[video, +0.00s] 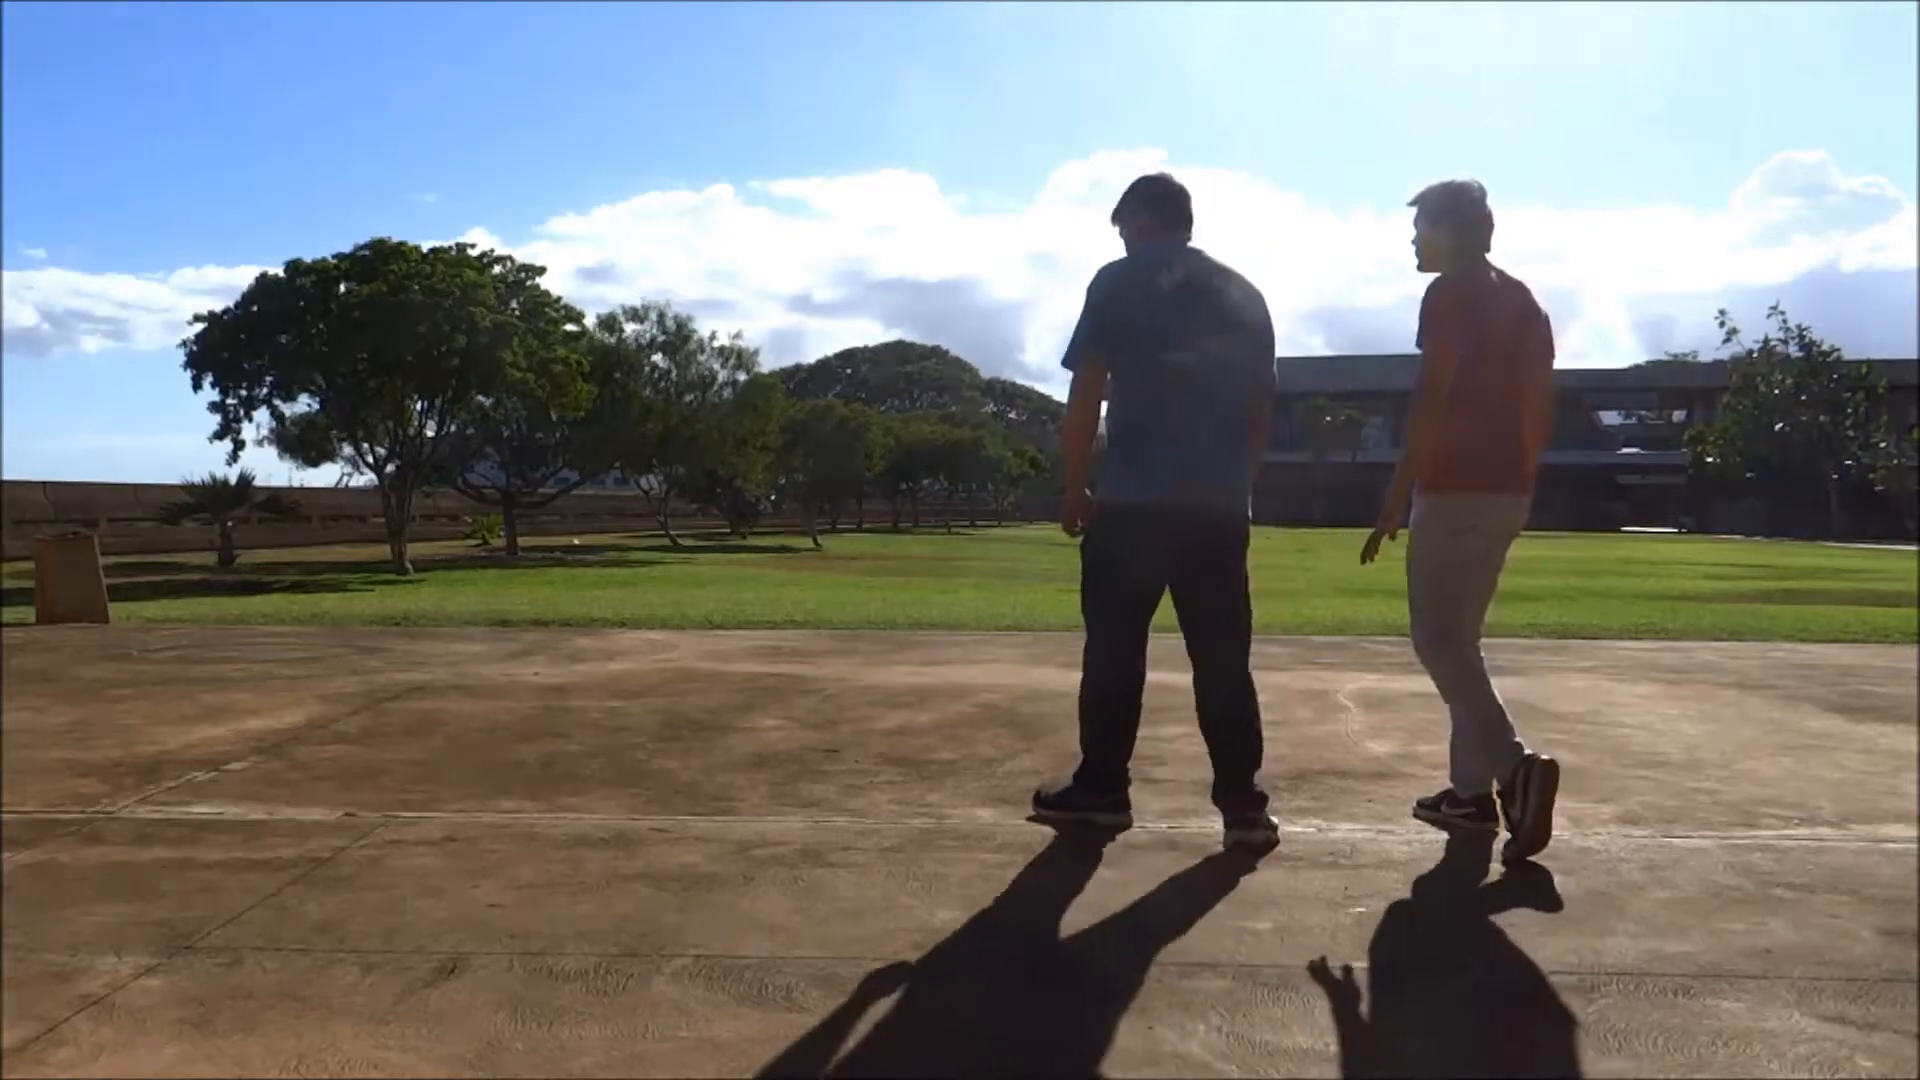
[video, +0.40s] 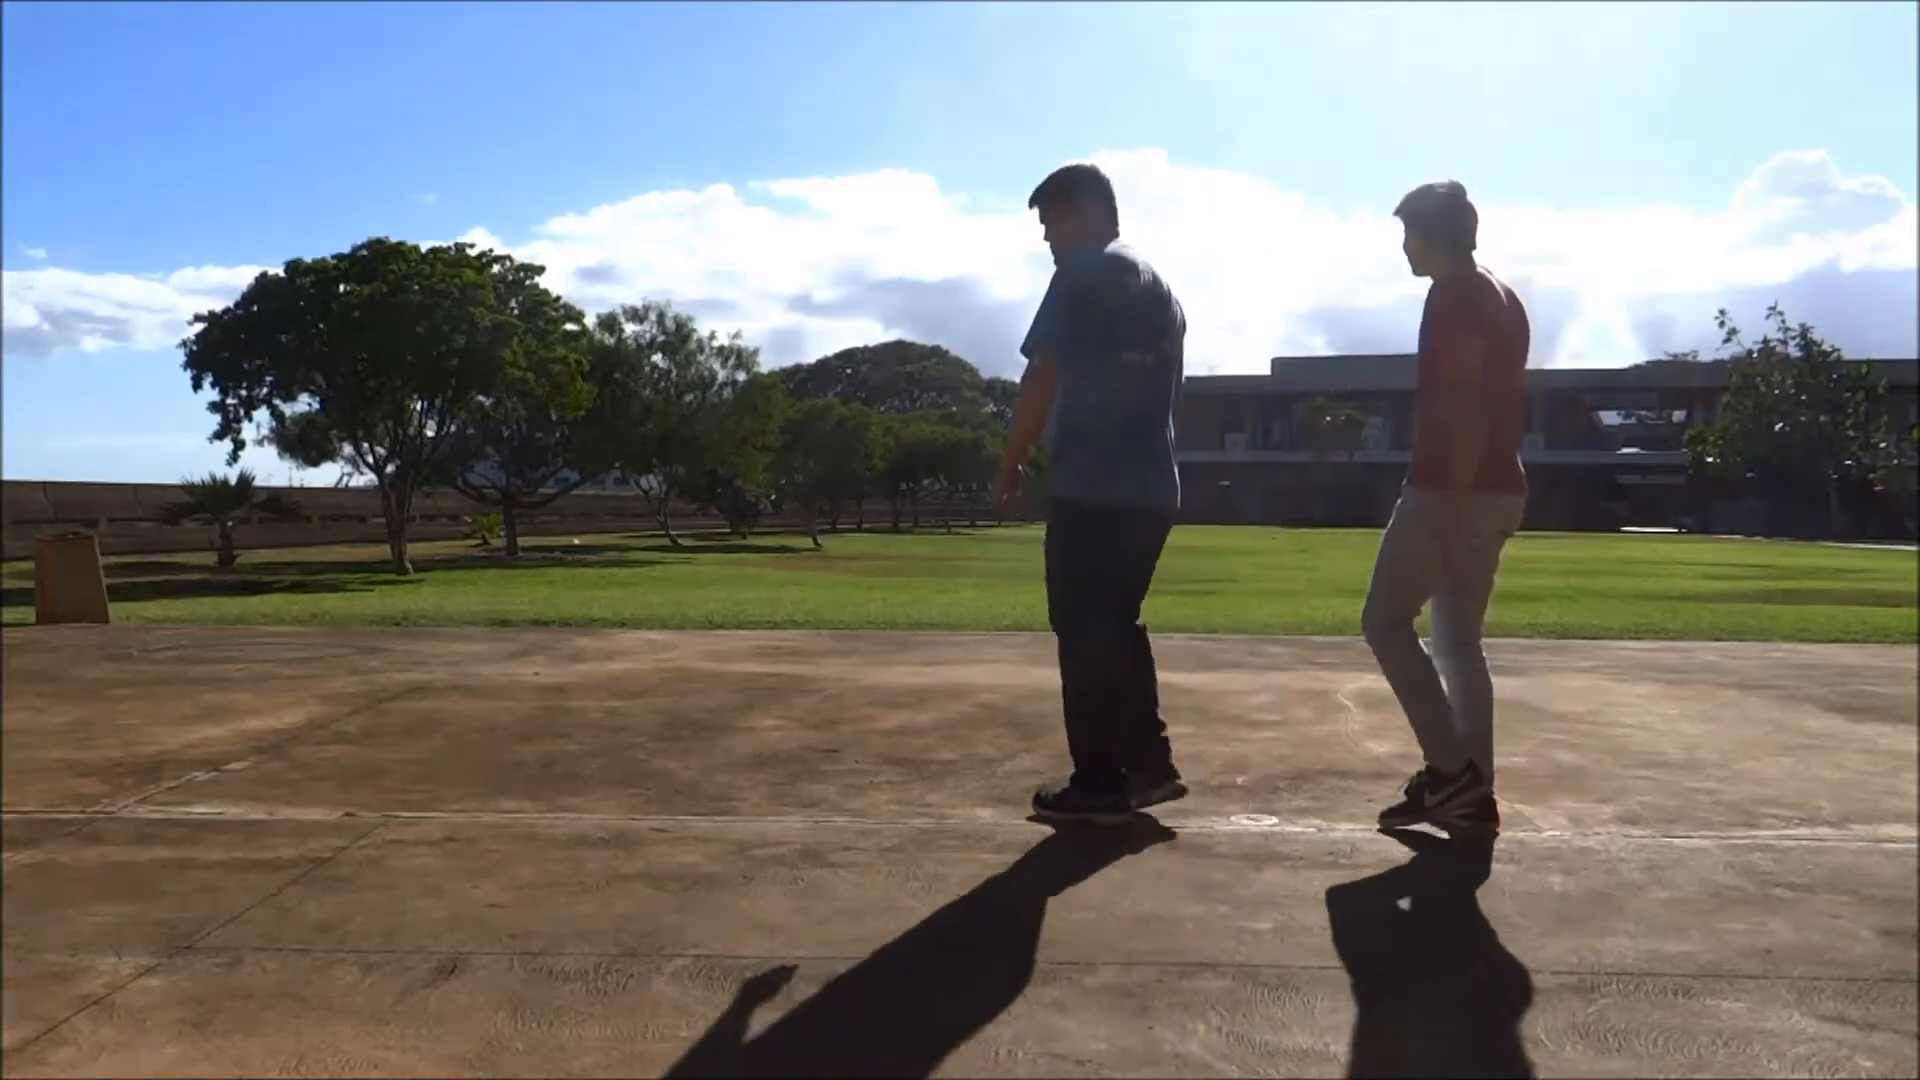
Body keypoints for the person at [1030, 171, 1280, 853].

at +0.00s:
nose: (1121, 240)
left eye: (1123, 228)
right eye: (1122, 229)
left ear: (1140, 222)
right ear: (1185, 221)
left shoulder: (1118, 282)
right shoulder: (1244, 294)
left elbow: (1086, 399)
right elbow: (1258, 414)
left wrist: (1075, 488)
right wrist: (1237, 489)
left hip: (1128, 507)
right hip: (1216, 511)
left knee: (1113, 654)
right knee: (1224, 661)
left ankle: (1100, 790)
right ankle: (1243, 808)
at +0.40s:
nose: (1048, 238)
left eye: (1052, 222)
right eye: (1044, 225)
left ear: (1087, 211)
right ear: (1108, 212)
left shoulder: (1078, 277)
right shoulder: (1160, 289)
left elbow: (1040, 379)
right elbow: (1162, 398)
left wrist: (1011, 463)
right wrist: (1135, 463)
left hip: (1089, 492)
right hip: (1149, 491)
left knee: (1083, 630)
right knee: (1118, 621)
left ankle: (1098, 783)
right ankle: (1147, 766)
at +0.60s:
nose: (1029, 239)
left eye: (1039, 223)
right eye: (1025, 226)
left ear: (1077, 218)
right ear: (1034, 228)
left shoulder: (1111, 281)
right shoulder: (1060, 305)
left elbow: (1100, 377)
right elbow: (1066, 400)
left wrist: (1022, 431)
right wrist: (1045, 496)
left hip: (1109, 489)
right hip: (1079, 491)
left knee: (1064, 628)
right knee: (1071, 625)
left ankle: (1095, 784)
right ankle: (1112, 766)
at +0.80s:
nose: (1028, 222)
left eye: (1041, 207)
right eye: (1019, 211)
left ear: (1074, 209)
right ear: (1011, 220)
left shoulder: (1119, 283)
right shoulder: (1009, 304)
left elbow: (1140, 380)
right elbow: (980, 402)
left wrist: (1047, 416)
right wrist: (950, 481)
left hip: (1103, 487)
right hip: (1040, 489)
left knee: (1053, 621)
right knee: (1059, 622)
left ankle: (1042, 777)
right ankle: (1110, 765)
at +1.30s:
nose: (994, 206)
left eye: (1009, 192)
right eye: (983, 194)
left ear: (1042, 194)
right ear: (972, 200)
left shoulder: (1086, 277)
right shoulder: (952, 286)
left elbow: (1117, 378)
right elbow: (919, 383)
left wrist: (1081, 472)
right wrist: (896, 452)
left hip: (1045, 490)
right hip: (967, 492)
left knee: (1020, 634)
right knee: (954, 626)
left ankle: (1005, 803)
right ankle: (1024, 740)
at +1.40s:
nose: (982, 202)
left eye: (996, 188)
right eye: (971, 191)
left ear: (1032, 191)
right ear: (962, 199)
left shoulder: (1075, 274)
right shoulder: (942, 285)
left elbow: (1105, 382)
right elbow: (913, 390)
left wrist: (1086, 476)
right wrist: (890, 465)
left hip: (1037, 494)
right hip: (955, 494)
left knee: (1018, 647)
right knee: (935, 634)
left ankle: (1007, 802)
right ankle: (954, 767)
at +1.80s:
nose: (921, 205)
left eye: (937, 189)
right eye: (911, 192)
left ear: (975, 190)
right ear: (901, 198)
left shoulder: (1025, 277)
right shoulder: (880, 286)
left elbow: (1053, 388)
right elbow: (863, 400)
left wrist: (1044, 484)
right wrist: (845, 494)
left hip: (989, 505)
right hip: (899, 506)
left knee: (994, 664)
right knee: (872, 662)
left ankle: (1005, 805)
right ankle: (839, 813)